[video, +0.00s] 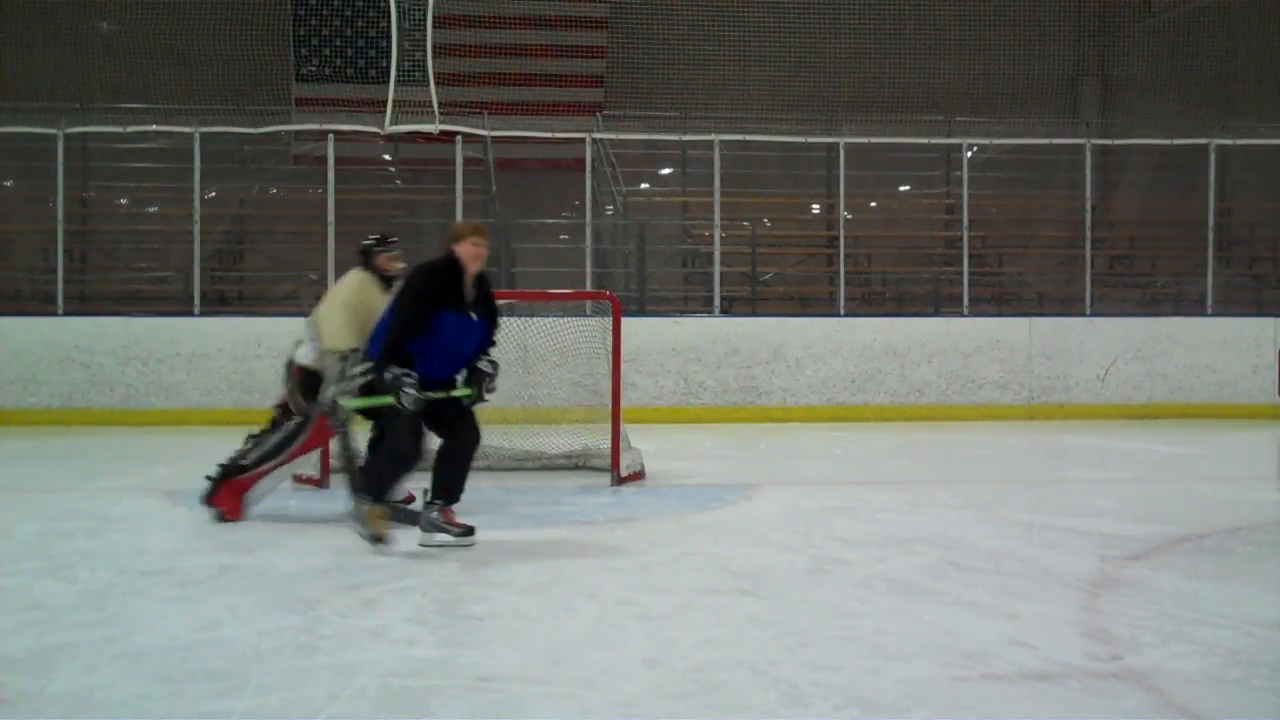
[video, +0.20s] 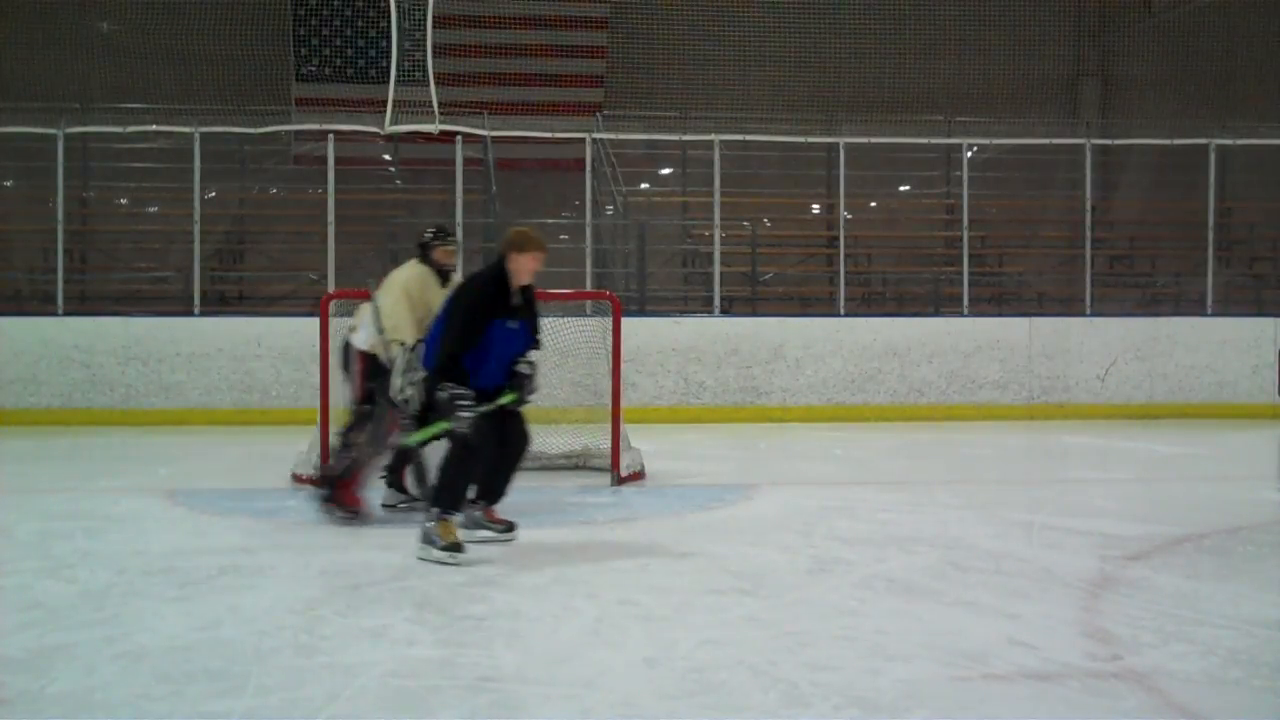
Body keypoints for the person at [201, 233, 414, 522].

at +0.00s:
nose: (394, 263)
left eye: (396, 256)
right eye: (387, 257)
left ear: (399, 258)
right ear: (371, 260)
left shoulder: (388, 290)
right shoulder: (356, 283)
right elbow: (335, 321)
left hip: (350, 367)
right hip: (317, 367)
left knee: (394, 422)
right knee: (304, 432)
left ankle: (375, 486)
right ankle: (232, 485)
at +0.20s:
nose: (450, 257)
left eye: (453, 251)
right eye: (444, 251)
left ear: (455, 254)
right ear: (428, 252)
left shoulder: (447, 283)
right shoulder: (408, 276)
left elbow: (448, 325)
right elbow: (397, 319)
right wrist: (407, 355)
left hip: (403, 353)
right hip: (371, 347)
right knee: (373, 418)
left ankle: (398, 483)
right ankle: (341, 483)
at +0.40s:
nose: (498, 262)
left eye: (501, 256)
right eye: (491, 256)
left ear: (505, 259)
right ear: (474, 258)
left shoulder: (500, 290)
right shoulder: (455, 285)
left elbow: (502, 337)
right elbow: (456, 342)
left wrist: (503, 374)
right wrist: (472, 381)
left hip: (456, 359)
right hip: (419, 352)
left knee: (462, 421)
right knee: (446, 423)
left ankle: (440, 484)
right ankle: (419, 490)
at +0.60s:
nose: (556, 269)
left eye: (557, 263)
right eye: (549, 263)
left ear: (554, 267)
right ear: (531, 265)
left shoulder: (551, 298)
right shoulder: (512, 291)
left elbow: (556, 345)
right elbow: (510, 343)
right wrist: (529, 381)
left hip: (508, 367)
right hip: (476, 362)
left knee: (524, 427)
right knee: (511, 427)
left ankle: (494, 487)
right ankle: (486, 490)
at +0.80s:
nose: (606, 274)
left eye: (608, 267)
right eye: (599, 268)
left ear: (611, 271)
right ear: (582, 271)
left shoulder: (603, 304)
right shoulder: (567, 296)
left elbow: (607, 349)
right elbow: (567, 353)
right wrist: (581, 397)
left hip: (557, 370)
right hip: (529, 365)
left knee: (571, 428)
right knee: (564, 430)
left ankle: (538, 486)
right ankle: (537, 493)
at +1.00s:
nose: (663, 270)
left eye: (665, 264)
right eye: (655, 265)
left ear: (666, 268)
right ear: (639, 269)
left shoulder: (657, 302)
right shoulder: (623, 292)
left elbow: (657, 348)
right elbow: (617, 339)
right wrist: (631, 379)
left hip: (615, 371)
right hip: (582, 363)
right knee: (593, 433)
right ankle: (560, 494)